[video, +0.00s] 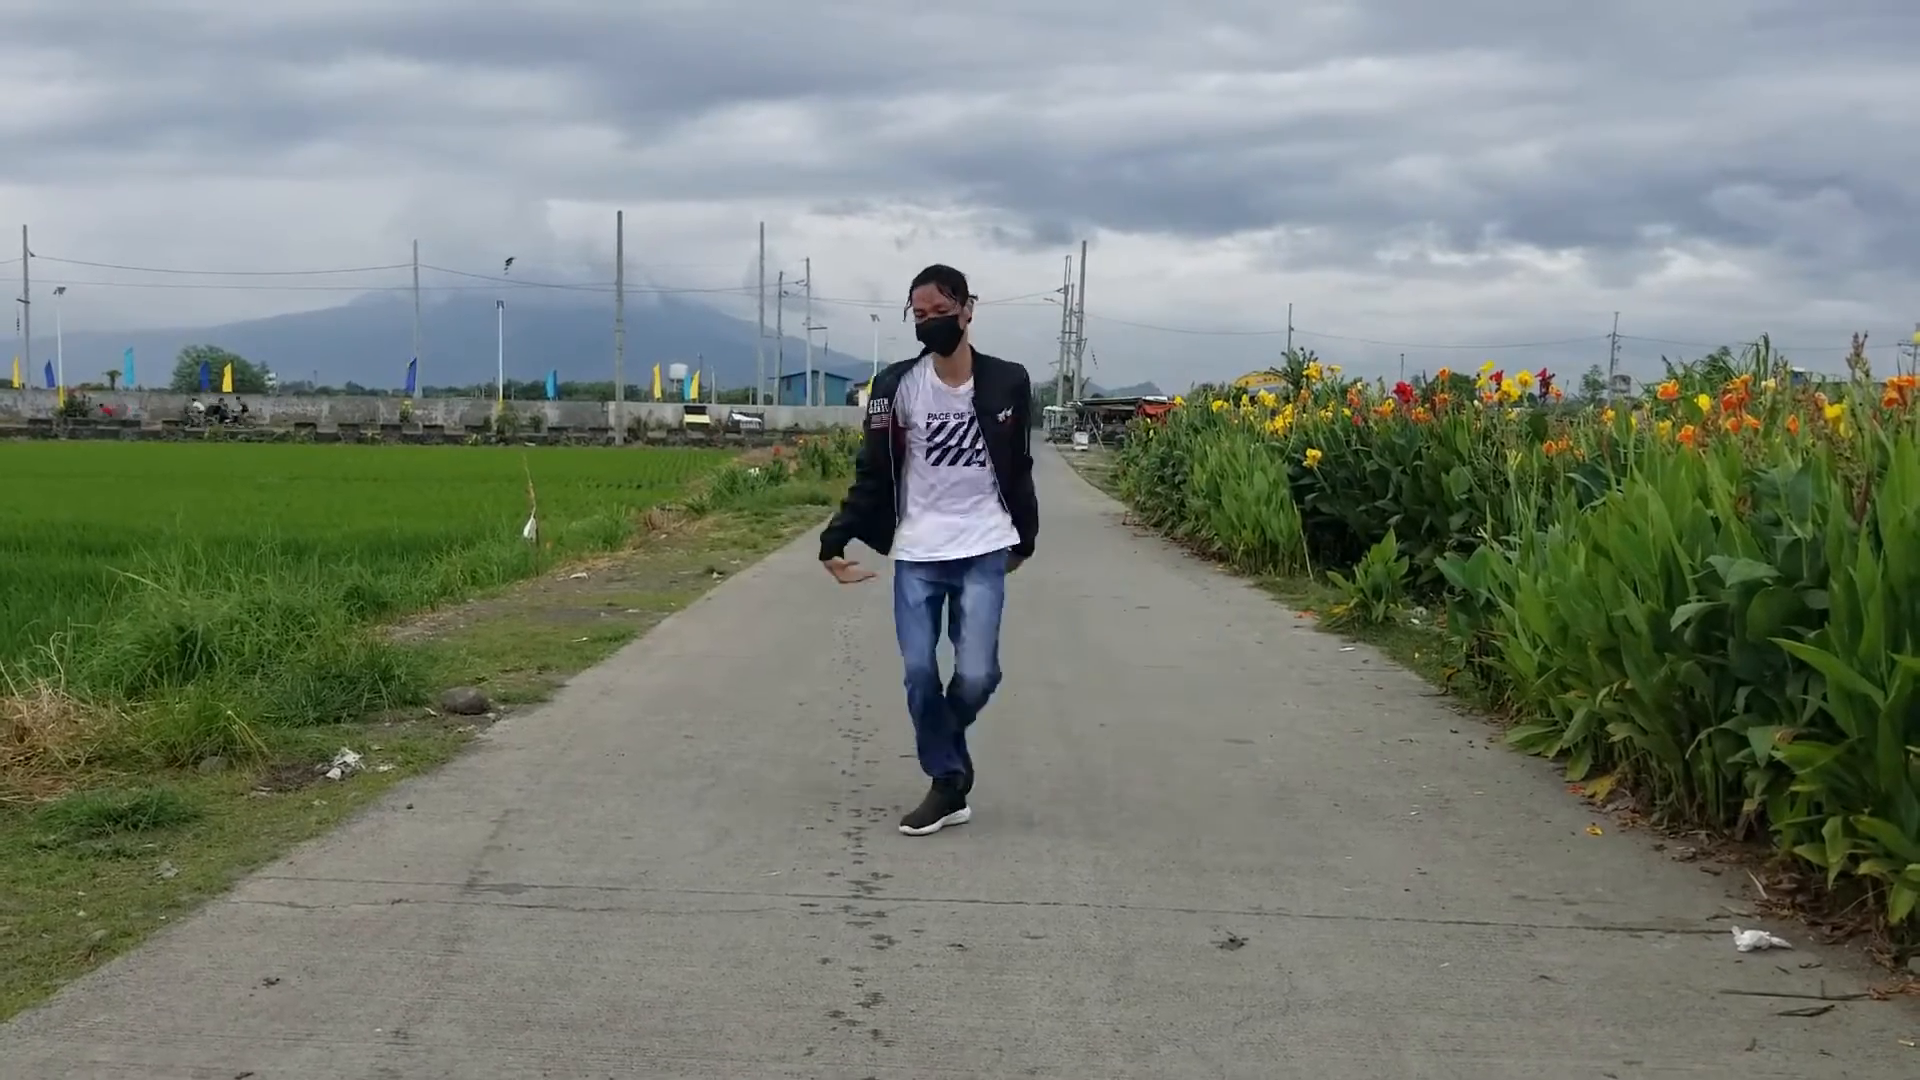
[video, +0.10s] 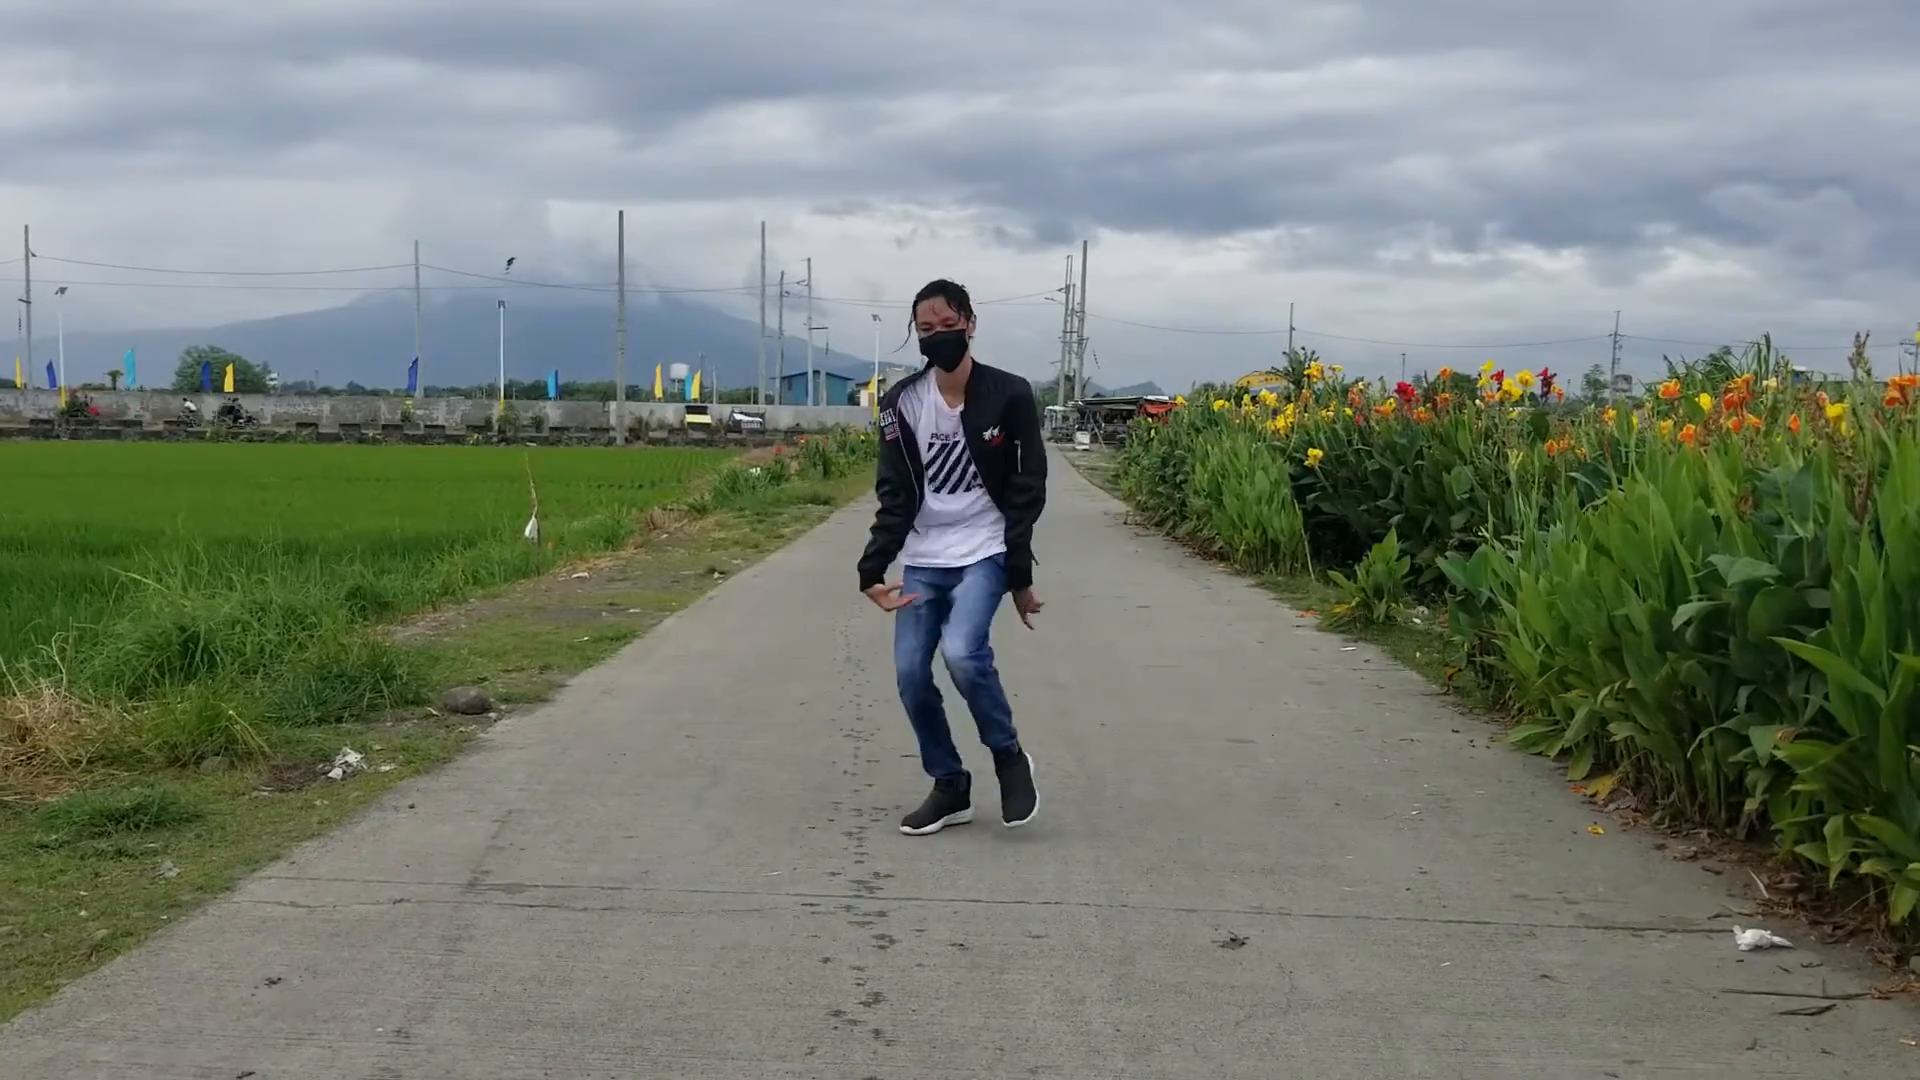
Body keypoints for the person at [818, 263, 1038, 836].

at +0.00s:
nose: (928, 324)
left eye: (938, 312)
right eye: (919, 316)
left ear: (967, 311)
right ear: (912, 320)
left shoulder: (1007, 381)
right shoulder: (894, 386)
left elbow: (1019, 466)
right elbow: (873, 476)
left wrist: (1024, 534)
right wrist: (835, 536)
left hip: (985, 544)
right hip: (916, 547)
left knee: (978, 676)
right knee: (919, 673)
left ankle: (945, 739)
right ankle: (948, 781)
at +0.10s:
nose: (936, 336)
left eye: (946, 324)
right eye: (925, 328)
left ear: (968, 324)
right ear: (915, 335)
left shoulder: (1009, 395)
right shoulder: (900, 402)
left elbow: (1027, 489)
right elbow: (895, 495)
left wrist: (1020, 574)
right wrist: (872, 570)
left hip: (987, 548)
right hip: (921, 552)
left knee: (961, 655)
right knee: (910, 676)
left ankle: (1008, 758)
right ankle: (950, 784)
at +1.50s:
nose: (1038, 350)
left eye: (1046, 336)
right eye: (1026, 343)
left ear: (1073, 330)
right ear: (1018, 349)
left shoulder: (1124, 404)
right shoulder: (1008, 413)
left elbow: (1155, 514)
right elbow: (1006, 517)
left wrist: (1155, 616)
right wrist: (1003, 608)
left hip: (1115, 585)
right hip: (1041, 584)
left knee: (1133, 716)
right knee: (1008, 710)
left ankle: (1135, 850)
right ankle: (1061, 834)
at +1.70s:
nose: (1010, 280)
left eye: (1019, 267)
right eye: (998, 273)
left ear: (1046, 265)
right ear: (990, 284)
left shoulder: (1097, 333)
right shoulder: (989, 356)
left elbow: (1163, 400)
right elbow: (969, 442)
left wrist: (1074, 431)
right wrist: (1003, 383)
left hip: (1090, 530)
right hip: (1025, 543)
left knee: (1101, 612)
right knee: (1017, 682)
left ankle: (1163, 728)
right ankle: (1062, 831)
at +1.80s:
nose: (1014, 273)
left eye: (1023, 260)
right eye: (1001, 269)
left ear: (1048, 266)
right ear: (990, 284)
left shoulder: (1088, 331)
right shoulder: (984, 349)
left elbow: (1155, 365)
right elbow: (957, 413)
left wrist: (1067, 361)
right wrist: (1008, 342)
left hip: (1085, 506)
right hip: (1021, 527)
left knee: (1085, 547)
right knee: (1041, 691)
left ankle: (1119, 675)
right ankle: (1067, 832)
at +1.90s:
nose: (1010, 270)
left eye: (1020, 258)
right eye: (998, 264)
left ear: (1045, 266)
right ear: (987, 281)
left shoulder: (1083, 329)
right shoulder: (979, 348)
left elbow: (1142, 365)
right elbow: (955, 417)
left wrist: (1056, 354)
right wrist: (1002, 345)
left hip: (1079, 504)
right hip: (1010, 520)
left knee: (1045, 523)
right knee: (1033, 682)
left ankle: (1065, 667)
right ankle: (1065, 832)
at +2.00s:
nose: (1007, 283)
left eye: (1016, 270)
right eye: (996, 277)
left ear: (1042, 273)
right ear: (986, 291)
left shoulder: (1077, 333)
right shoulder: (980, 350)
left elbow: (1131, 361)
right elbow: (949, 400)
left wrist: (1046, 347)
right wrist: (992, 337)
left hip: (1070, 520)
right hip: (1012, 524)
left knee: (987, 540)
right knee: (1040, 685)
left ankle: (1005, 685)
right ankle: (1064, 833)